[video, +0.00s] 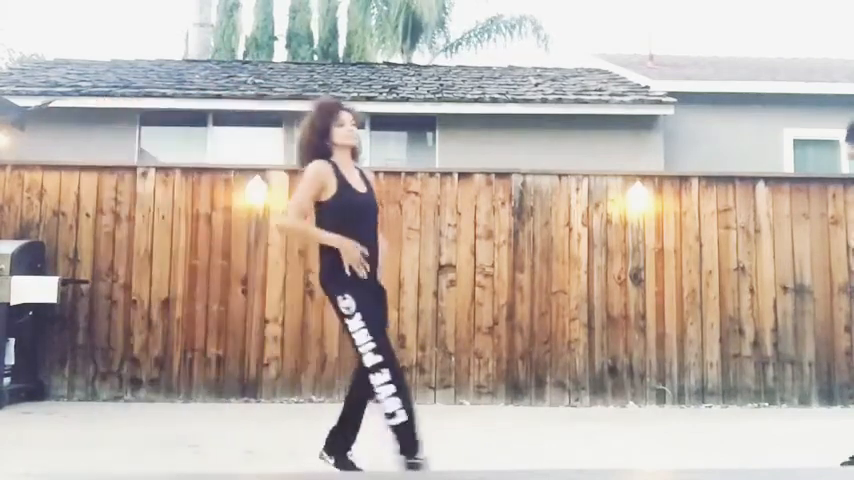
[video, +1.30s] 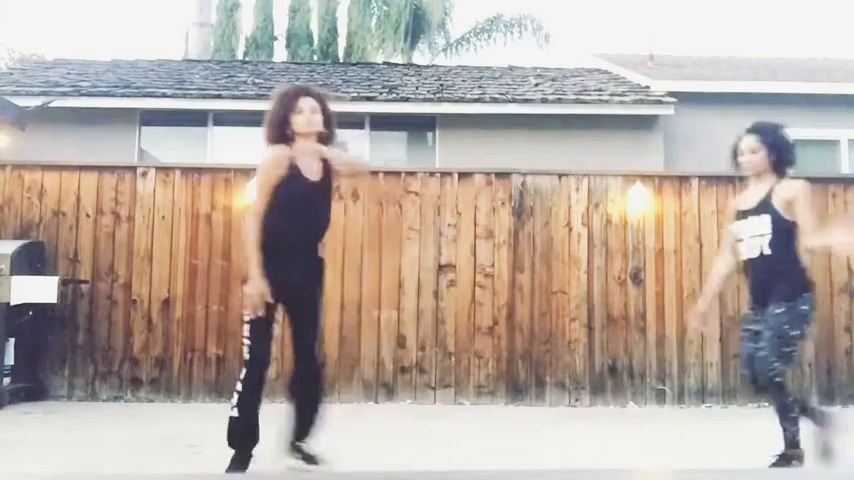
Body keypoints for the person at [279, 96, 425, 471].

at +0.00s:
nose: (352, 129)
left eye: (353, 124)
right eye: (343, 125)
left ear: (355, 131)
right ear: (326, 133)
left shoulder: (363, 174)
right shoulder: (319, 169)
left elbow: (363, 221)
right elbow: (291, 220)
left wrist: (378, 246)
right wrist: (342, 242)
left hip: (371, 275)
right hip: (341, 277)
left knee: (372, 361)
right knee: (380, 358)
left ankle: (338, 444)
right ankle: (409, 445)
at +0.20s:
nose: (364, 129)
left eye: (364, 124)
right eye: (354, 127)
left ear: (369, 132)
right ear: (340, 139)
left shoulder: (380, 179)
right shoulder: (345, 171)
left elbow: (388, 238)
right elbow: (336, 230)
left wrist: (402, 281)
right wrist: (373, 273)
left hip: (384, 279)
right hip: (356, 279)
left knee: (407, 361)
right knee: (391, 365)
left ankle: (357, 438)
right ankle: (434, 452)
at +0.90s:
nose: (373, 145)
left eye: (374, 140)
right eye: (363, 143)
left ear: (379, 148)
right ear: (349, 155)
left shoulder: (385, 200)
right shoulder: (352, 190)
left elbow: (396, 255)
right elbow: (358, 257)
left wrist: (409, 313)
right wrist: (369, 318)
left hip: (359, 282)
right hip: (329, 285)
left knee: (387, 367)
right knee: (369, 369)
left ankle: (349, 440)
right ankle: (416, 454)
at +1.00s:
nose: (359, 140)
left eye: (362, 134)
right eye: (349, 137)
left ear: (368, 143)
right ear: (334, 148)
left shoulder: (371, 188)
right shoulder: (333, 185)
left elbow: (387, 237)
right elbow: (337, 252)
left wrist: (409, 286)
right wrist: (345, 313)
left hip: (354, 278)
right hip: (322, 283)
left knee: (376, 362)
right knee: (357, 362)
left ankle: (352, 442)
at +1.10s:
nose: (344, 128)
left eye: (347, 123)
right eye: (334, 125)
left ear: (353, 134)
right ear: (320, 137)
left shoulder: (355, 180)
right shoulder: (317, 173)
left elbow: (378, 215)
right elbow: (312, 238)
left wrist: (394, 250)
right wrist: (316, 298)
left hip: (344, 271)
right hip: (313, 271)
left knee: (360, 356)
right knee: (316, 358)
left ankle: (346, 441)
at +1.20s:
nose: (325, 118)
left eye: (330, 112)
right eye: (316, 114)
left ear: (339, 121)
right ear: (302, 123)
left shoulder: (337, 167)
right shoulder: (300, 158)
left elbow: (375, 189)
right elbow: (285, 220)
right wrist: (285, 284)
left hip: (326, 264)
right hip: (291, 261)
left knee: (335, 356)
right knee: (276, 364)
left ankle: (344, 442)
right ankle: (244, 444)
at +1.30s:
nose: (308, 117)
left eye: (314, 111)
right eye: (300, 111)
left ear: (324, 119)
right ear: (286, 118)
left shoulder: (327, 160)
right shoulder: (277, 156)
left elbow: (363, 167)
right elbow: (254, 216)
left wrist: (339, 160)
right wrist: (254, 275)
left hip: (307, 264)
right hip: (269, 263)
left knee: (307, 354)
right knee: (257, 358)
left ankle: (299, 440)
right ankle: (241, 450)